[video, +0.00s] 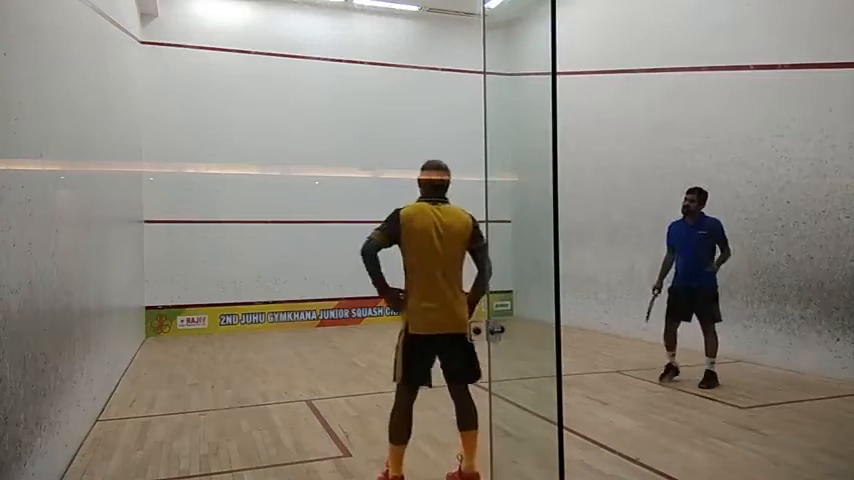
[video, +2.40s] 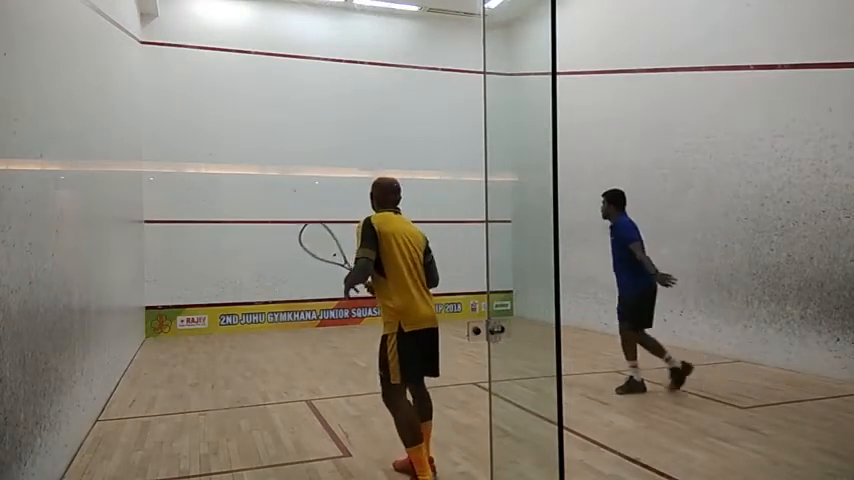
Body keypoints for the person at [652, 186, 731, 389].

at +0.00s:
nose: (686, 203)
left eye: (691, 201)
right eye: (685, 200)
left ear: (701, 205)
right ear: (683, 201)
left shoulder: (713, 226)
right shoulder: (675, 227)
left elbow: (725, 251)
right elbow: (670, 255)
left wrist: (715, 266)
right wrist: (660, 280)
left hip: (704, 286)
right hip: (680, 285)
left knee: (708, 328)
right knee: (670, 325)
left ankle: (710, 371)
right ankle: (671, 365)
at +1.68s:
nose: (684, 206)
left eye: (688, 202)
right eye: (680, 203)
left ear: (697, 203)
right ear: (676, 206)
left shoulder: (711, 226)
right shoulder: (670, 226)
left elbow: (708, 259)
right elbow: (666, 255)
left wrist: (690, 279)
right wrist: (676, 250)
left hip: (700, 286)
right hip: (674, 284)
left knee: (704, 331)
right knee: (662, 326)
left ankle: (712, 373)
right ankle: (670, 363)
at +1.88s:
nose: (666, 209)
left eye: (670, 205)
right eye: (663, 206)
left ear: (681, 203)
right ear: (662, 207)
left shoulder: (699, 225)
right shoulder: (659, 229)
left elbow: (697, 257)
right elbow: (664, 256)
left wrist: (670, 264)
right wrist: (679, 244)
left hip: (692, 286)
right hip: (667, 284)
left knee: (701, 330)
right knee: (650, 324)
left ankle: (712, 373)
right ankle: (657, 368)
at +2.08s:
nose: (637, 214)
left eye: (640, 210)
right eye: (635, 210)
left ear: (653, 209)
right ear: (635, 212)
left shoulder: (672, 227)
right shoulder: (636, 235)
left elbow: (673, 261)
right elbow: (637, 262)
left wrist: (649, 282)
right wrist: (665, 263)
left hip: (679, 289)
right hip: (654, 290)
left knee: (692, 332)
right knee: (643, 331)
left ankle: (710, 372)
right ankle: (638, 379)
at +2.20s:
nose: (617, 213)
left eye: (621, 209)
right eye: (618, 209)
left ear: (632, 210)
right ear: (630, 211)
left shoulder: (650, 230)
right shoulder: (626, 237)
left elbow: (661, 260)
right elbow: (612, 264)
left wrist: (664, 288)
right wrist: (589, 284)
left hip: (664, 286)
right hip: (644, 289)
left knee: (674, 334)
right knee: (635, 330)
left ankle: (705, 366)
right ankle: (636, 378)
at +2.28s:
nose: (611, 212)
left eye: (614, 208)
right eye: (612, 208)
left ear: (624, 210)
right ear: (622, 210)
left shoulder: (641, 229)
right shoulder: (622, 235)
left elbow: (655, 257)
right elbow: (607, 257)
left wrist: (668, 284)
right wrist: (589, 272)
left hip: (656, 291)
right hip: (638, 292)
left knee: (661, 335)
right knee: (632, 330)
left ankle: (700, 364)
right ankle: (636, 378)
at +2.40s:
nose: (601, 208)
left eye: (604, 204)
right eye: (602, 204)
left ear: (613, 206)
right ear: (617, 206)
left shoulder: (624, 227)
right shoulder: (618, 226)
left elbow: (639, 254)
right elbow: (635, 256)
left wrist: (656, 274)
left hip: (638, 290)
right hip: (629, 289)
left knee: (633, 332)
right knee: (626, 331)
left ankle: (676, 366)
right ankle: (635, 378)